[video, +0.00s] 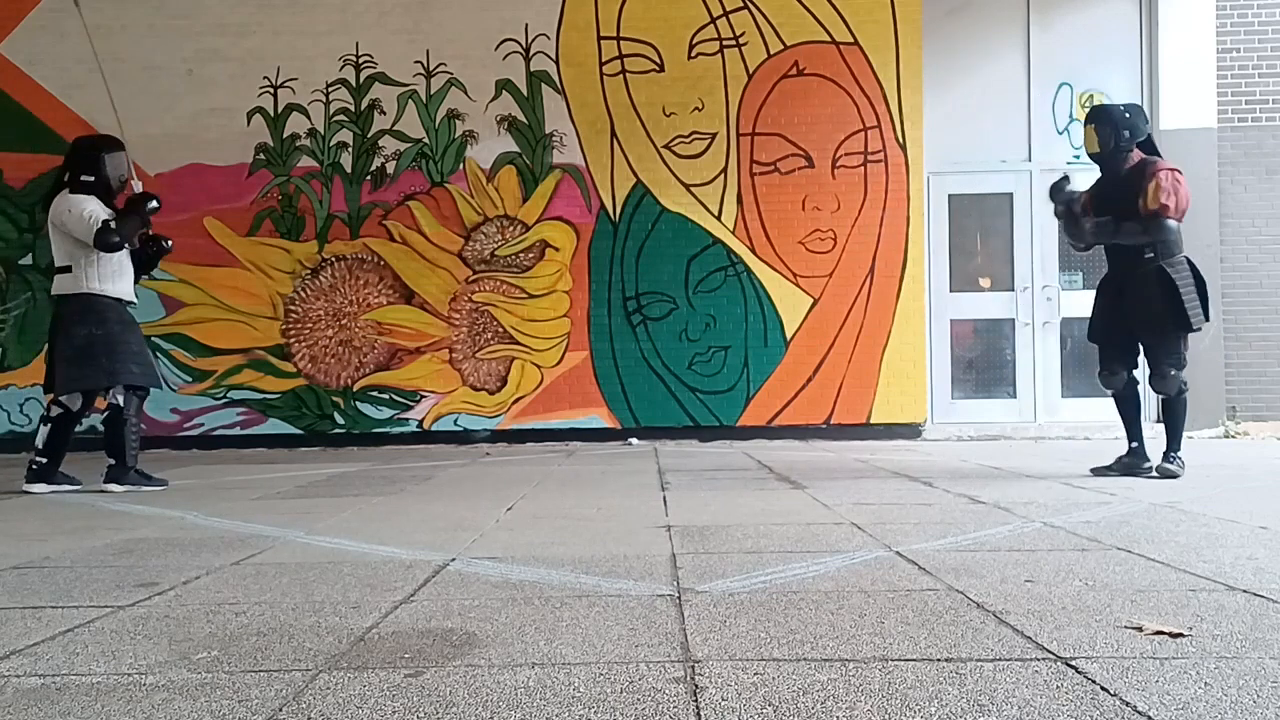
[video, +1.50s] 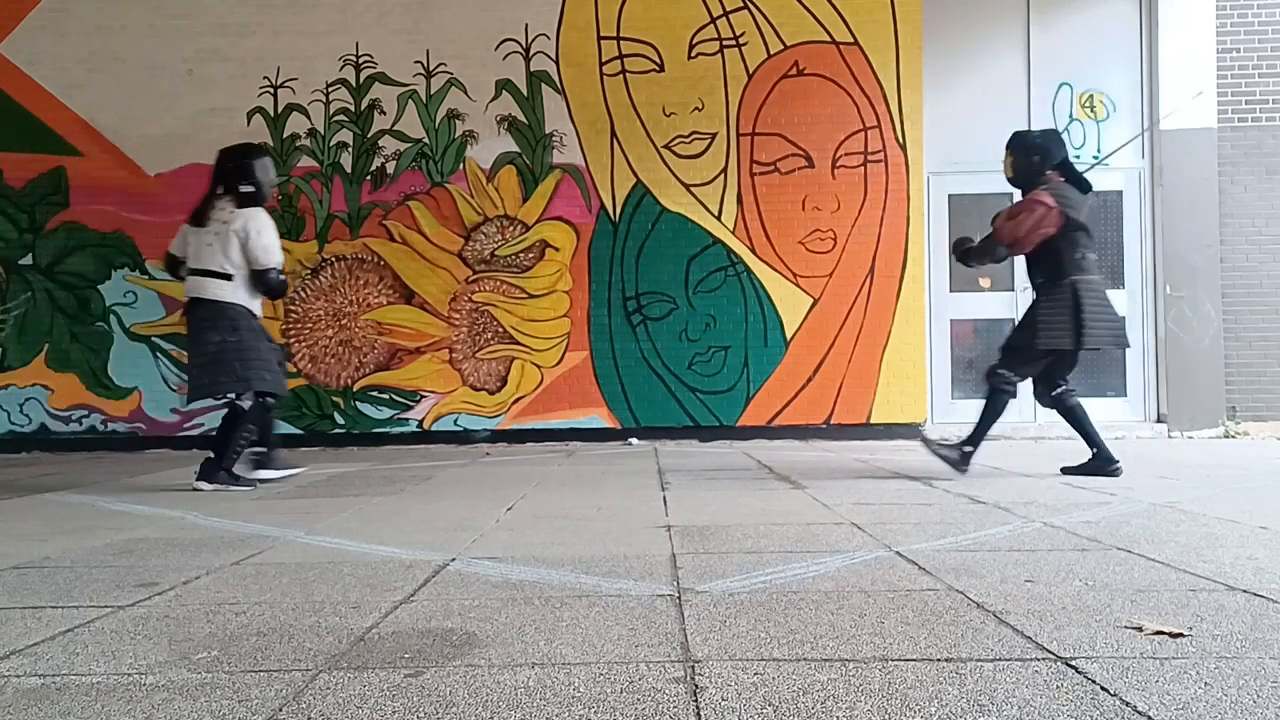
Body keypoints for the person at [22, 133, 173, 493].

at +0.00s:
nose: (124, 174)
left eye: (123, 166)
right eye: (118, 166)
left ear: (86, 169)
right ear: (98, 167)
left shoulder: (101, 209)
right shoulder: (72, 202)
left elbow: (120, 270)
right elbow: (108, 237)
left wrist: (151, 254)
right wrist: (138, 211)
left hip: (91, 307)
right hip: (92, 306)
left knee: (74, 392)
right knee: (131, 383)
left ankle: (43, 469)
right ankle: (123, 468)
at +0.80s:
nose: (132, 176)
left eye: (131, 168)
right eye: (125, 168)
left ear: (88, 172)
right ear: (105, 171)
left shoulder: (70, 207)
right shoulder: (100, 210)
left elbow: (82, 265)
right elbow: (123, 266)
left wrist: (139, 266)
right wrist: (156, 268)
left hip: (67, 311)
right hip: (94, 313)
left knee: (72, 395)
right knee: (153, 367)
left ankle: (41, 471)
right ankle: (154, 459)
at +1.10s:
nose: (181, 182)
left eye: (179, 174)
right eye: (174, 174)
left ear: (136, 183)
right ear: (155, 181)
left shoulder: (115, 219)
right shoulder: (158, 225)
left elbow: (88, 264)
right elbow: (178, 284)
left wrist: (120, 285)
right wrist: (194, 312)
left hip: (113, 323)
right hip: (146, 326)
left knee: (95, 399)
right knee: (207, 377)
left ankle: (46, 466)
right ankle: (212, 466)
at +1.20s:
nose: (204, 183)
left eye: (202, 175)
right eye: (198, 176)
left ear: (155, 181)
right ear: (183, 181)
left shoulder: (136, 219)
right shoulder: (185, 222)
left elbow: (110, 268)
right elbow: (202, 281)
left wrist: (150, 282)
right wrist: (218, 303)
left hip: (139, 324)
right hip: (174, 325)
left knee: (130, 404)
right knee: (232, 383)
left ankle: (69, 459)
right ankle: (216, 468)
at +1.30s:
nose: (228, 181)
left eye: (226, 173)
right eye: (223, 173)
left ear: (178, 178)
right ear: (209, 178)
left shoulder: (161, 215)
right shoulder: (209, 219)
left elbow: (131, 267)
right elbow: (227, 278)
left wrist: (167, 280)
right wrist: (246, 298)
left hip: (158, 320)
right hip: (193, 321)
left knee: (182, 400)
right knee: (242, 386)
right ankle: (217, 469)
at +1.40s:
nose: (252, 178)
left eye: (250, 170)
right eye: (246, 170)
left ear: (202, 175)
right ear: (232, 176)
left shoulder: (182, 212)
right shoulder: (231, 217)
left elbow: (152, 267)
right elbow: (248, 282)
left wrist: (189, 275)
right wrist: (264, 287)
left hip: (179, 313)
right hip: (211, 315)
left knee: (233, 386)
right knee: (255, 387)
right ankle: (217, 470)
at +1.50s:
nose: (273, 185)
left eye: (272, 177)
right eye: (268, 177)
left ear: (225, 177)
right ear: (253, 178)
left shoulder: (204, 212)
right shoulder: (255, 218)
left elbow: (173, 264)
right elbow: (268, 282)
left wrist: (209, 277)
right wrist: (282, 283)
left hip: (199, 312)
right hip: (232, 315)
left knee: (265, 376)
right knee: (255, 392)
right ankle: (218, 468)